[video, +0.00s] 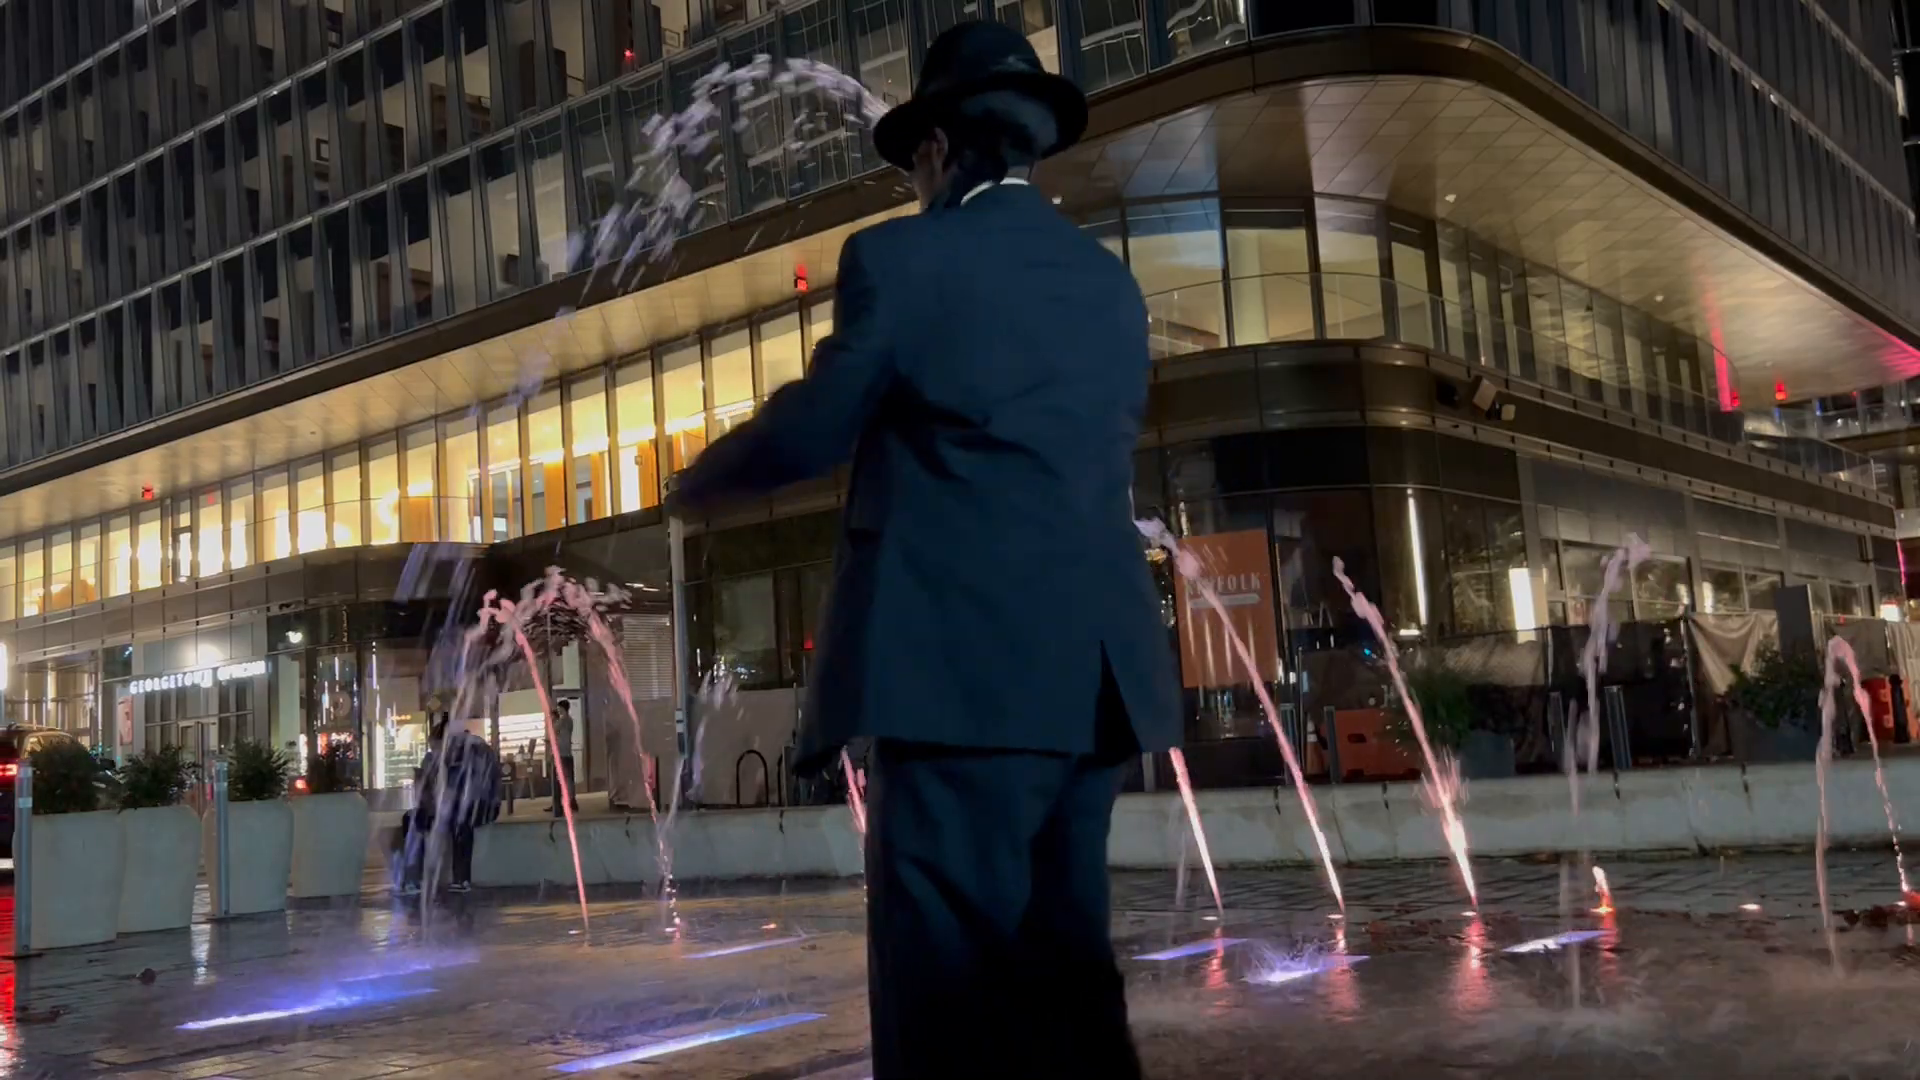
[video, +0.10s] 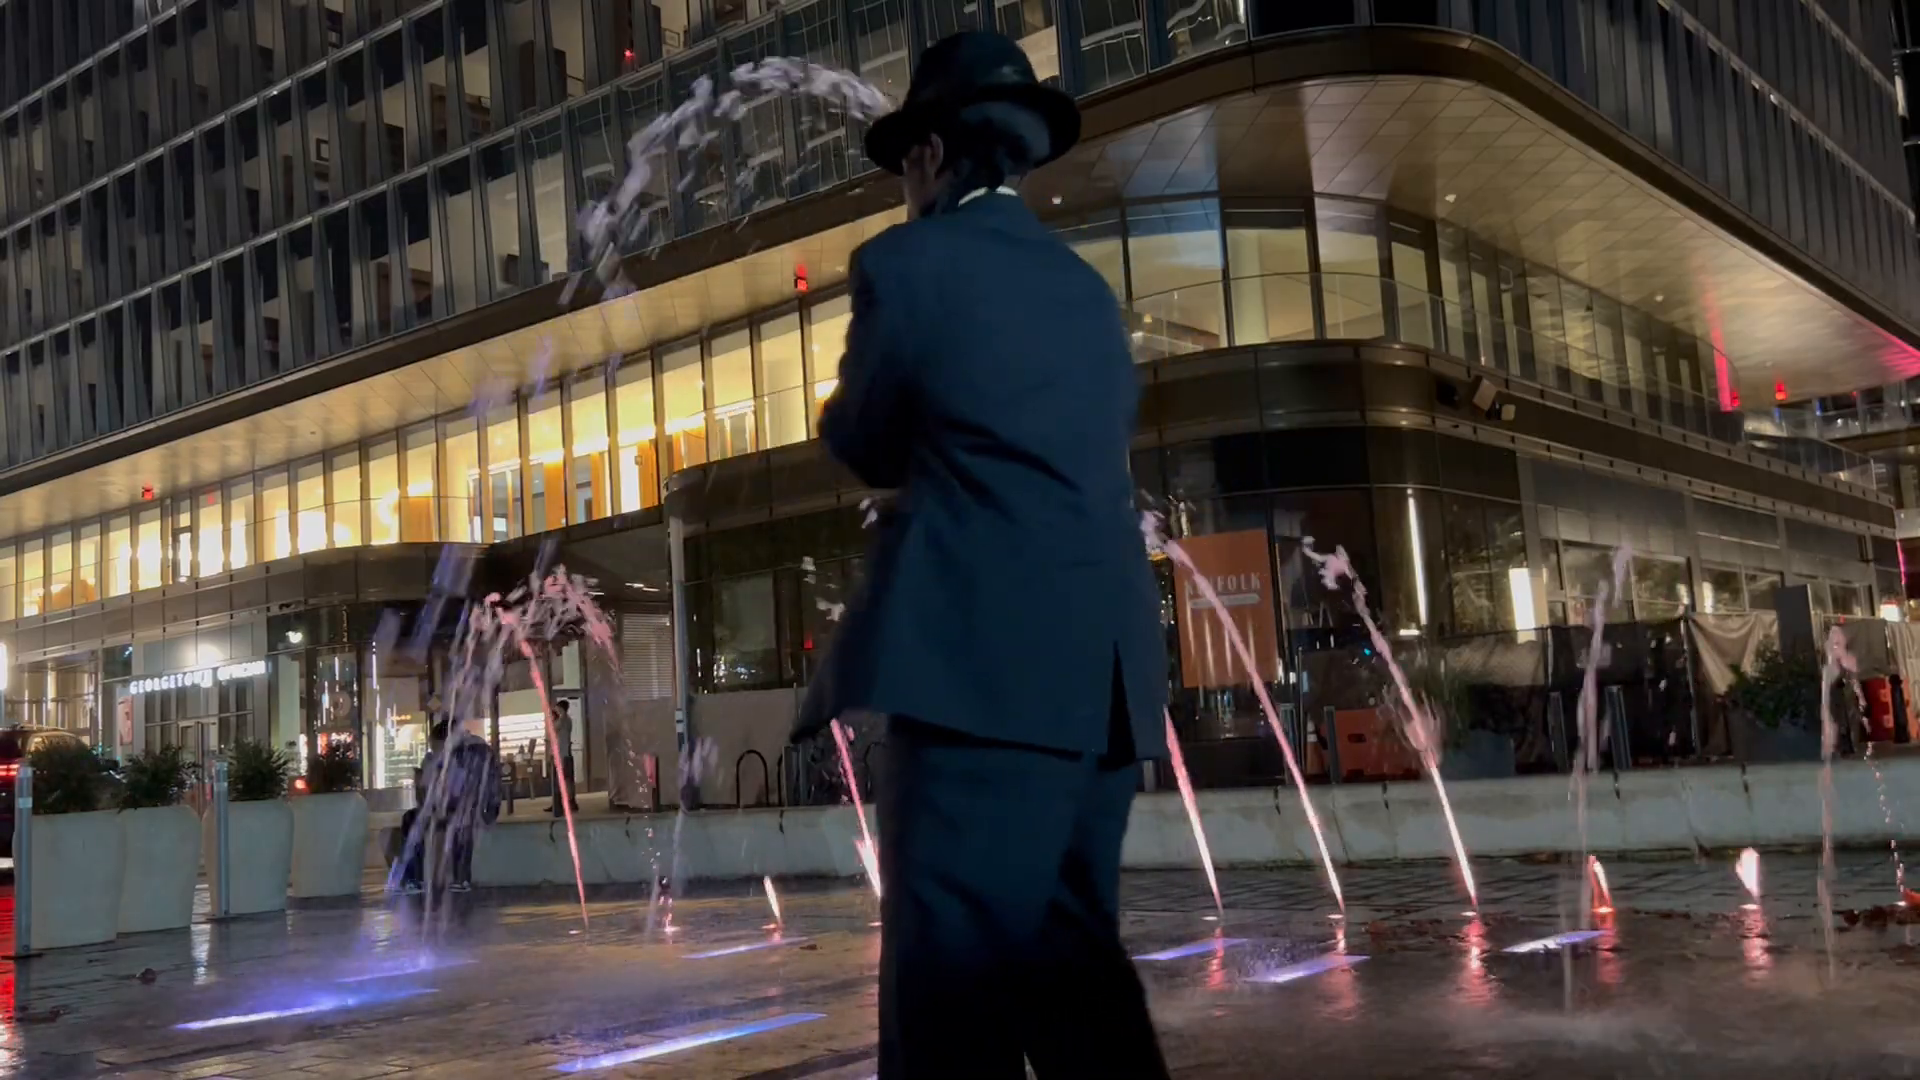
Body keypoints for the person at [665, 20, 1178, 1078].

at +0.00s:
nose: (910, 181)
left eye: (913, 157)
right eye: (911, 161)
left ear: (943, 146)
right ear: (1031, 149)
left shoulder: (899, 258)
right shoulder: (1111, 279)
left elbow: (822, 420)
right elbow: (1081, 444)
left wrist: (702, 479)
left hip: (954, 680)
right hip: (1100, 680)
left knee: (938, 987)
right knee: (1069, 970)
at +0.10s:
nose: (902, 184)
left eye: (907, 159)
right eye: (905, 162)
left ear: (934, 154)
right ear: (1021, 160)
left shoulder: (908, 259)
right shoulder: (1090, 285)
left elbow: (858, 436)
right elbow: (1094, 436)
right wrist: (929, 465)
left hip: (976, 673)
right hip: (1112, 677)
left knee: (948, 981)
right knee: (1078, 957)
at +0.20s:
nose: (901, 206)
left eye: (903, 182)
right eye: (900, 185)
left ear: (937, 171)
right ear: (1017, 172)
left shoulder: (915, 266)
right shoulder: (1097, 298)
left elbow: (862, 450)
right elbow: (1112, 457)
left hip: (991, 690)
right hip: (1127, 693)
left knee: (953, 996)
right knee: (1103, 975)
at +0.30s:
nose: (899, 221)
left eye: (900, 197)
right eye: (897, 201)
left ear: (933, 183)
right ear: (1014, 185)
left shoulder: (918, 275)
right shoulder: (1103, 310)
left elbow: (876, 481)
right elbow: (1151, 495)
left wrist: (855, 487)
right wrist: (969, 526)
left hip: (995, 696)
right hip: (1135, 692)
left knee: (943, 980)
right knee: (1100, 976)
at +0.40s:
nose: (885, 234)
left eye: (888, 209)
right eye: (882, 213)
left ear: (928, 192)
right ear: (991, 194)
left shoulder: (921, 287)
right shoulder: (1077, 311)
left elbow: (910, 509)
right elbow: (1117, 502)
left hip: (1011, 704)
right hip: (1133, 696)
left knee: (927, 989)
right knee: (1089, 976)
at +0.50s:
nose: (863, 235)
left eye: (864, 208)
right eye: (857, 216)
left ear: (908, 180)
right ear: (956, 180)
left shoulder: (917, 270)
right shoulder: (1045, 284)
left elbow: (921, 487)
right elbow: (1096, 484)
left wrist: (952, 580)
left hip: (1006, 689)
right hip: (1115, 683)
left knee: (963, 993)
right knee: (1085, 968)